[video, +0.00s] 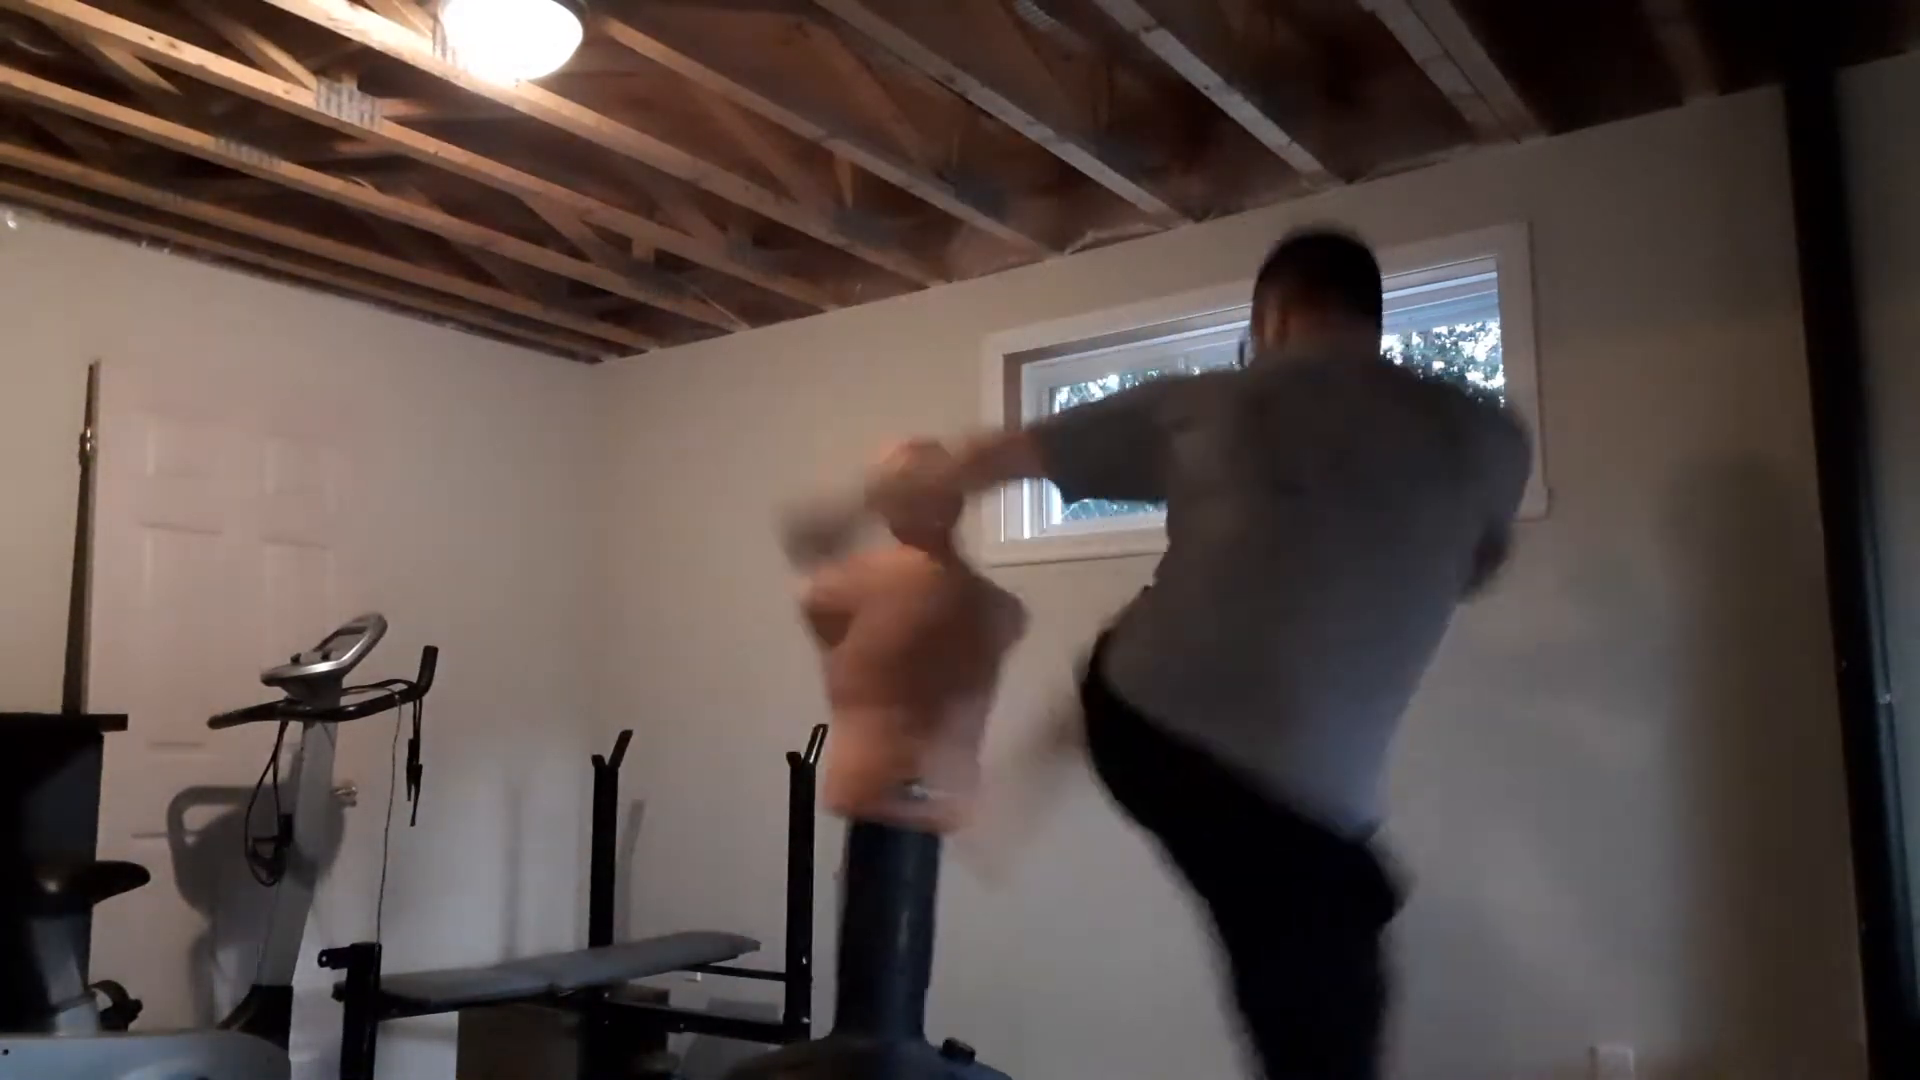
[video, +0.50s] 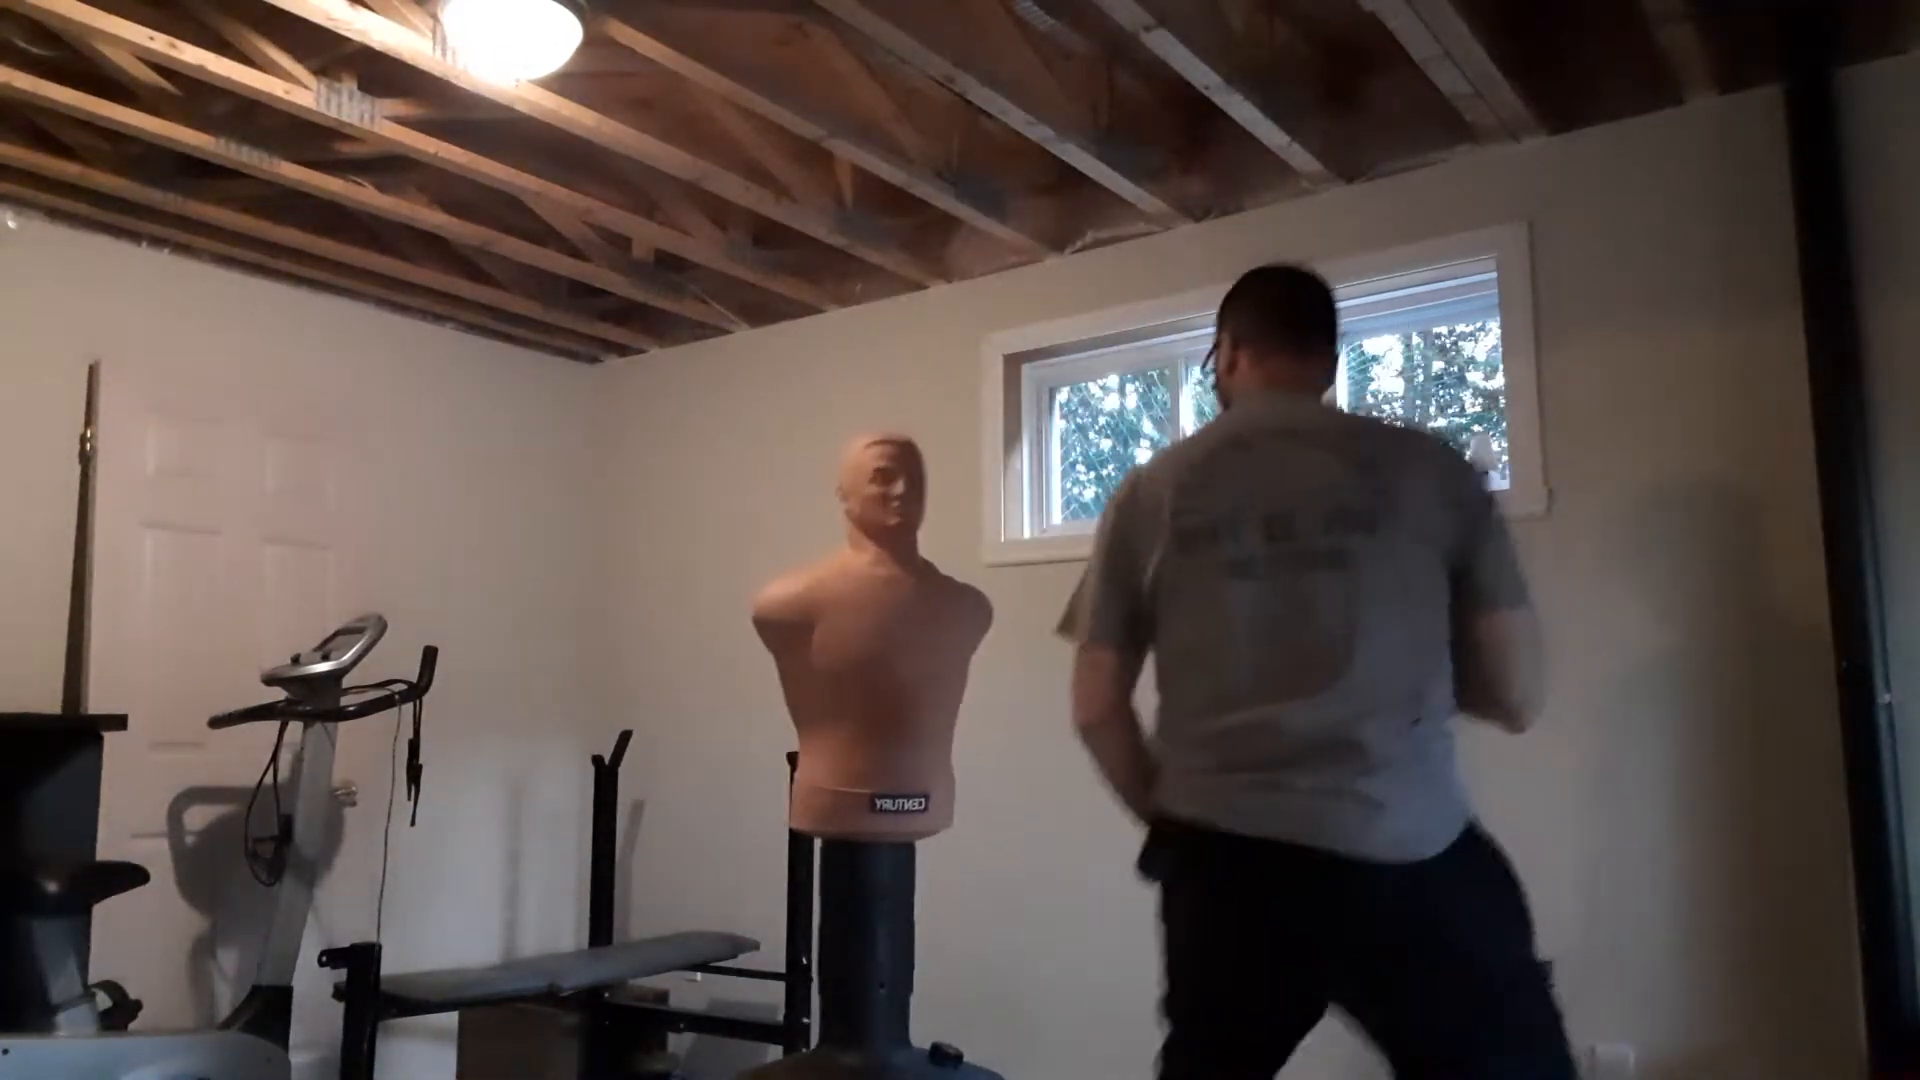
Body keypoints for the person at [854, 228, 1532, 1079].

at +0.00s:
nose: (1255, 344)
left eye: (1258, 322)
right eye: (1260, 325)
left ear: (1275, 315)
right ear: (1377, 323)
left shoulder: (1219, 403)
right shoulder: (1486, 436)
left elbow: (1045, 446)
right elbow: (1475, 569)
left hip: (1134, 718)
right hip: (1301, 801)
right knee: (1325, 1047)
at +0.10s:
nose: (1270, 315)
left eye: (1271, 296)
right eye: (1272, 299)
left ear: (1289, 280)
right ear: (1396, 287)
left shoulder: (1215, 383)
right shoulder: (1507, 394)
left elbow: (1054, 532)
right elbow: (1556, 606)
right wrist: (1427, 541)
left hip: (1184, 737)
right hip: (1371, 772)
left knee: (1154, 798)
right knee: (1455, 1053)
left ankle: (1160, 1049)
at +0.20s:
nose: (1282, 342)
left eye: (1285, 323)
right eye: (1287, 324)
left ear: (1295, 323)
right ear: (1407, 332)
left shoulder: (1212, 469)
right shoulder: (1506, 463)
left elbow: (1120, 662)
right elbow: (1587, 684)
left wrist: (1177, 774)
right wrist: (1495, 629)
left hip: (1245, 830)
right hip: (1438, 829)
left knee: (1243, 1053)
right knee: (1524, 1063)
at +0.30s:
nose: (1275, 385)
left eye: (1275, 368)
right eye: (1278, 369)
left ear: (1284, 371)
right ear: (1396, 378)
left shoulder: (1202, 519)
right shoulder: (1491, 507)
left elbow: (1153, 737)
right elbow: (1569, 747)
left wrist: (1248, 826)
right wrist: (1452, 700)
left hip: (1279, 921)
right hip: (1475, 907)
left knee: (1329, 1065)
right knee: (1594, 1061)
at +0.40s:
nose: (1249, 360)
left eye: (1248, 343)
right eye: (1253, 344)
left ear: (1258, 343)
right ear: (1360, 345)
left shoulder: (1180, 483)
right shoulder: (1467, 457)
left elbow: (1129, 701)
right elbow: (1538, 688)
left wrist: (1223, 800)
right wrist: (1431, 626)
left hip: (1249, 866)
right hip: (1443, 863)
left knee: (1258, 1068)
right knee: (1543, 1065)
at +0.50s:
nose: (1217, 371)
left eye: (1216, 356)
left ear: (1226, 355)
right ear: (1333, 363)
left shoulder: (1157, 490)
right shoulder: (1431, 467)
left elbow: (1097, 706)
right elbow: (1512, 691)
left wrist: (1169, 813)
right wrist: (1393, 647)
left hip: (1225, 874)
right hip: (1417, 874)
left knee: (1206, 1066)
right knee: (1513, 1068)